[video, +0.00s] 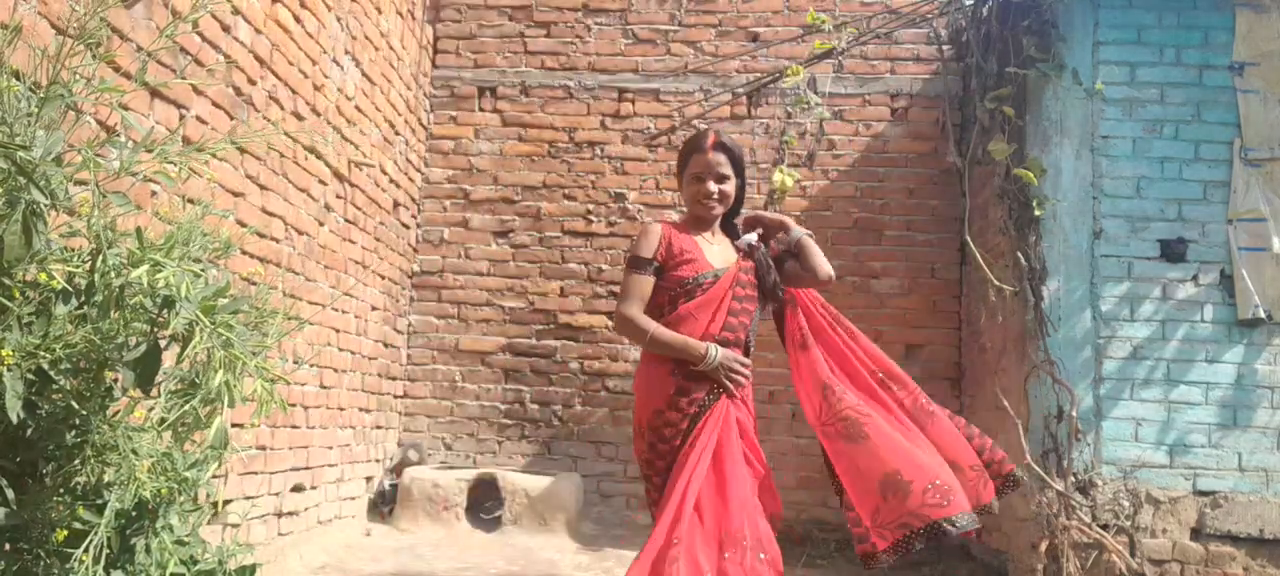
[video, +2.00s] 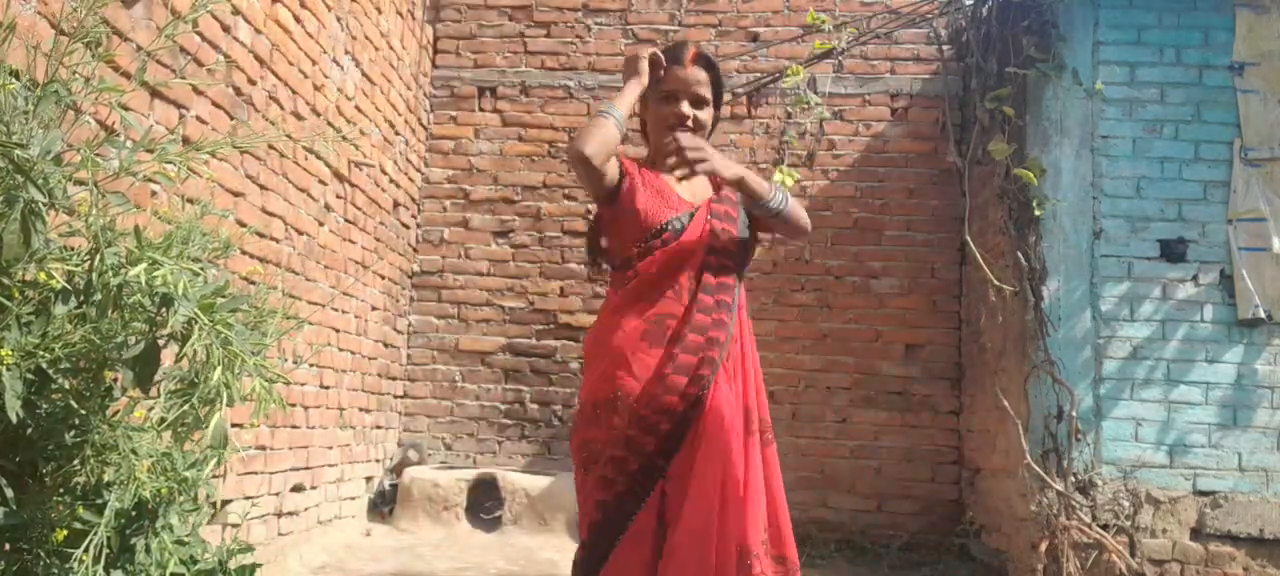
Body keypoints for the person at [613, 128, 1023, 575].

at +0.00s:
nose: (709, 189)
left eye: (721, 178)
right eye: (697, 177)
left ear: (737, 186)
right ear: (679, 181)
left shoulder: (745, 250)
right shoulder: (659, 236)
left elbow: (821, 275)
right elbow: (626, 315)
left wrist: (788, 227)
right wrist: (701, 353)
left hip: (729, 391)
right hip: (670, 391)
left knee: (729, 512)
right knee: (679, 518)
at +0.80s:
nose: (682, 191)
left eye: (693, 180)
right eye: (671, 179)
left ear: (711, 184)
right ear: (654, 180)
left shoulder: (721, 238)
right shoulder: (631, 236)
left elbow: (769, 263)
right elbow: (596, 316)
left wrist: (756, 195)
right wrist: (621, 352)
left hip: (699, 393)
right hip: (636, 394)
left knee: (699, 510)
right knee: (635, 510)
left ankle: (699, 570)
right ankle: (637, 571)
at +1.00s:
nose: (681, 186)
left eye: (695, 178)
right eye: (672, 172)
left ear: (710, 188)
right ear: (653, 174)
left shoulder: (722, 244)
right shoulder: (621, 242)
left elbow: (761, 331)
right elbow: (588, 321)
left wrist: (739, 265)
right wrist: (594, 332)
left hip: (700, 401)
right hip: (632, 402)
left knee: (669, 519)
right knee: (624, 525)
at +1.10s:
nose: (683, 157)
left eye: (698, 150)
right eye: (674, 143)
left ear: (713, 163)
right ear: (655, 145)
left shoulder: (720, 218)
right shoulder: (622, 211)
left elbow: (760, 301)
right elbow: (582, 297)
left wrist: (749, 234)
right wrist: (613, 259)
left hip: (706, 366)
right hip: (636, 368)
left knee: (661, 474)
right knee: (632, 499)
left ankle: (695, 569)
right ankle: (634, 573)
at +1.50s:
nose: (684, 159)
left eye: (700, 151)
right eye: (673, 144)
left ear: (717, 163)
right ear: (652, 149)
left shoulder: (725, 222)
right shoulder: (623, 224)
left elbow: (784, 272)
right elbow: (553, 261)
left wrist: (771, 178)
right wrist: (594, 181)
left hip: (713, 390)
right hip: (637, 393)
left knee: (692, 545)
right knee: (637, 541)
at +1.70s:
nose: (685, 127)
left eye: (701, 118)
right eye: (671, 114)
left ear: (719, 132)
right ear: (649, 125)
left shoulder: (737, 203)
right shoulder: (625, 198)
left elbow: (809, 198)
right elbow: (562, 178)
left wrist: (760, 118)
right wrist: (619, 116)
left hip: (727, 367)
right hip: (647, 370)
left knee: (733, 507)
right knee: (654, 504)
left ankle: (736, 572)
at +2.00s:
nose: (685, 113)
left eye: (699, 102)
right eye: (670, 98)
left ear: (716, 112)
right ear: (646, 108)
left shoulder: (730, 190)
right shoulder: (625, 177)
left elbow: (800, 227)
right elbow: (585, 153)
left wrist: (733, 171)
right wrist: (634, 86)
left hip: (721, 381)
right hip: (636, 382)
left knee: (728, 535)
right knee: (629, 539)